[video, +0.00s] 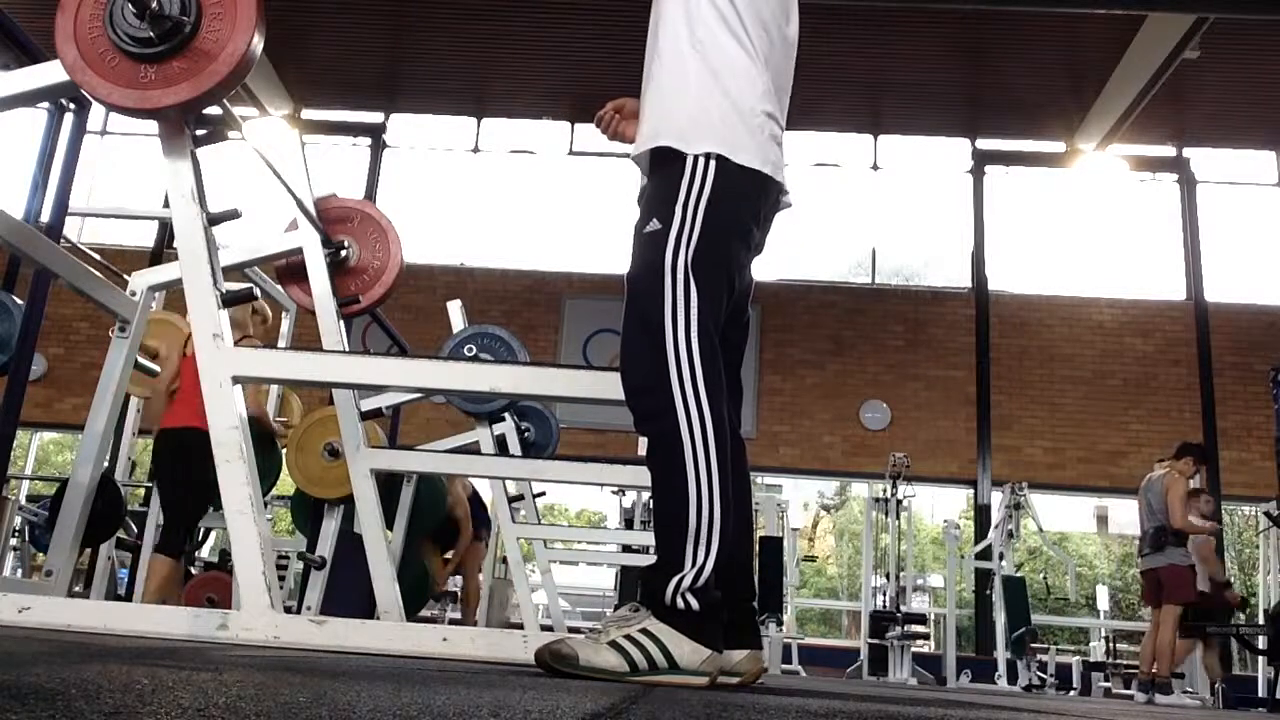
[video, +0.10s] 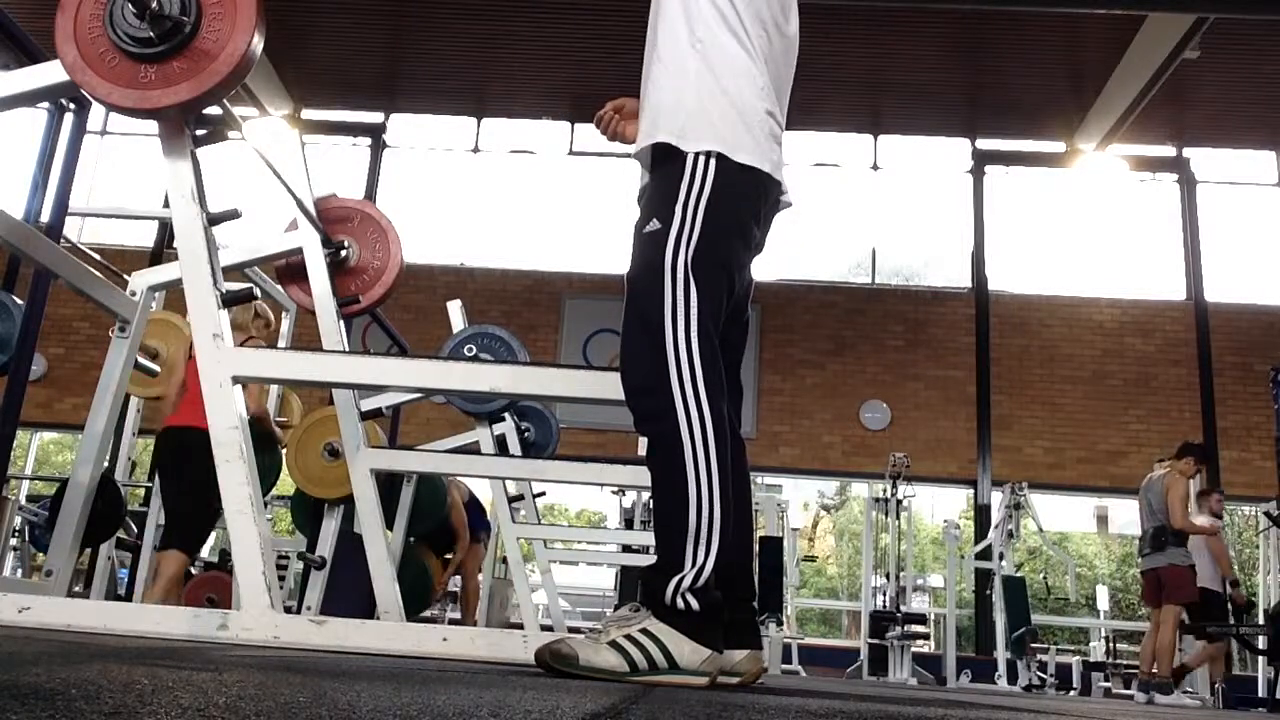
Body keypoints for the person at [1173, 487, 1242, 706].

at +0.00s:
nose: (1210, 505)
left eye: (1209, 501)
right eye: (1206, 502)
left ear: (1192, 506)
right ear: (1194, 504)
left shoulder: (1183, 527)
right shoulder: (1202, 530)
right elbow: (1211, 566)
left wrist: (1226, 590)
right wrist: (1225, 583)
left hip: (1192, 590)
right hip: (1203, 592)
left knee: (1209, 644)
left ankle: (1222, 690)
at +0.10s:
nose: (1222, 506)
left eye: (1222, 502)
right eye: (1218, 502)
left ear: (1203, 504)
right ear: (1206, 503)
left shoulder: (1193, 524)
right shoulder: (1210, 525)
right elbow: (1221, 558)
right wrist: (1234, 585)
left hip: (1196, 586)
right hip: (1209, 587)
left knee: (1217, 643)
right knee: (1219, 642)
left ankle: (1219, 691)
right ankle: (1180, 671)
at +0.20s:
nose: (1232, 505)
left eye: (1232, 501)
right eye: (1229, 501)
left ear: (1212, 504)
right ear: (1217, 503)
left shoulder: (1197, 528)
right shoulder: (1222, 531)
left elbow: (1199, 559)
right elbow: (1235, 566)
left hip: (1201, 588)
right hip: (1220, 589)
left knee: (1219, 641)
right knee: (1237, 639)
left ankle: (1218, 688)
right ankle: (1206, 669)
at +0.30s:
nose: (1245, 506)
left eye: (1245, 502)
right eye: (1241, 502)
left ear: (1225, 505)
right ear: (1228, 503)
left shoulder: (1207, 527)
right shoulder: (1233, 526)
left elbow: (1202, 563)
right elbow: (1239, 556)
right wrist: (1255, 583)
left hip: (1211, 590)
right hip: (1234, 590)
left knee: (1223, 640)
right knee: (1249, 638)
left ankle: (1219, 689)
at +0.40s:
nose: (1257, 508)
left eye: (1256, 503)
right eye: (1254, 504)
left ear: (1237, 507)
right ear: (1244, 506)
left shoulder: (1226, 528)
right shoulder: (1244, 529)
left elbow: (1227, 563)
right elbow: (1252, 563)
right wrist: (1269, 588)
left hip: (1222, 593)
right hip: (1242, 595)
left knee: (1228, 643)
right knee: (1271, 637)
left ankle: (1220, 690)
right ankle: (1271, 692)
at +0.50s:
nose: (1269, 509)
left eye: (1268, 504)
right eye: (1267, 505)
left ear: (1248, 509)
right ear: (1259, 507)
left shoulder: (1238, 530)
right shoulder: (1256, 531)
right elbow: (1264, 563)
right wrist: (1276, 586)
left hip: (1236, 595)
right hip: (1256, 597)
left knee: (1235, 642)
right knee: (1273, 645)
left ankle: (1221, 686)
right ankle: (1275, 690)